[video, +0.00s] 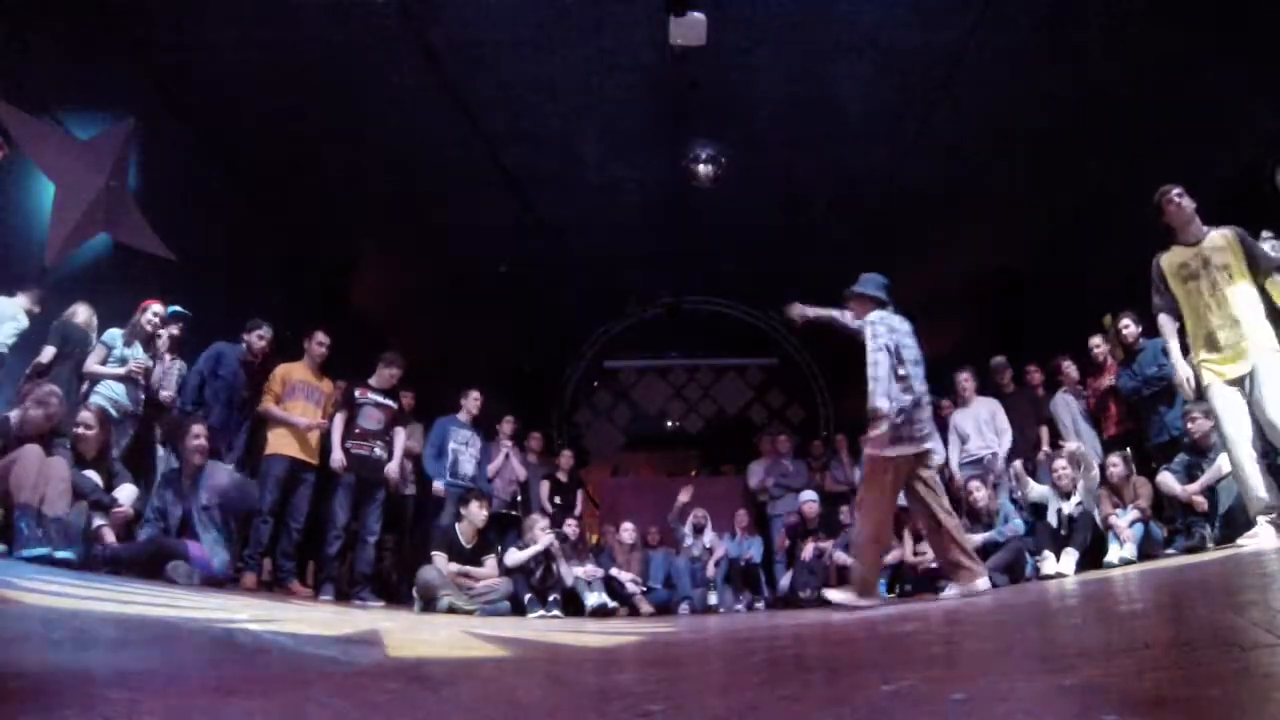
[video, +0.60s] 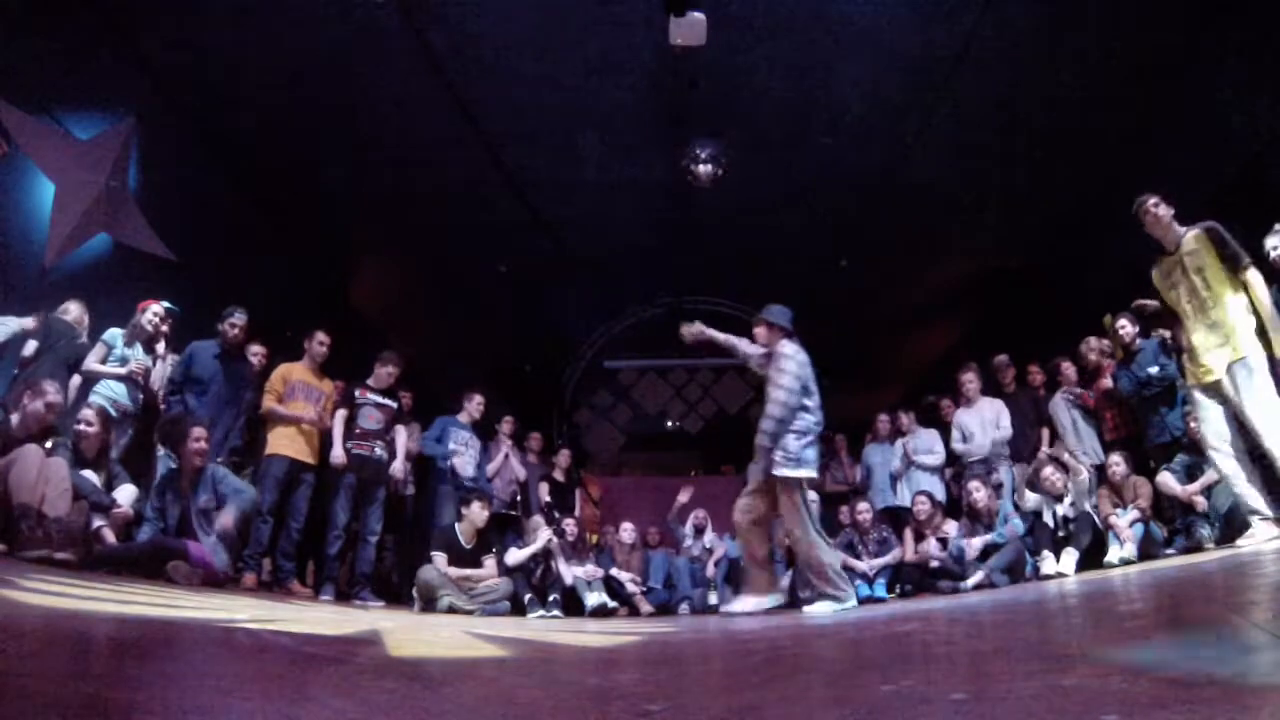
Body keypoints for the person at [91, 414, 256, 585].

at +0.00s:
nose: (203, 444)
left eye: (206, 438)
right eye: (196, 438)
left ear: (210, 444)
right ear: (181, 443)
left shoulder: (223, 477)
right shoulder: (168, 479)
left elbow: (259, 508)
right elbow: (153, 519)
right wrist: (146, 545)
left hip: (215, 554)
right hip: (175, 545)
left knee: (159, 544)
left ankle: (101, 555)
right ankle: (183, 576)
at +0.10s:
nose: (206, 442)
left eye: (209, 437)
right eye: (199, 435)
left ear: (213, 442)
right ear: (183, 441)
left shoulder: (218, 471)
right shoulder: (169, 477)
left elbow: (241, 498)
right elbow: (153, 517)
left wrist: (245, 460)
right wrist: (143, 545)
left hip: (214, 551)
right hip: (176, 545)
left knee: (159, 543)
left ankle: (100, 553)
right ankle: (185, 576)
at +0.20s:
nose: (207, 441)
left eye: (210, 437)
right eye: (200, 434)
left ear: (213, 444)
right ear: (184, 439)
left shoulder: (217, 477)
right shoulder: (169, 479)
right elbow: (154, 518)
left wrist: (242, 478)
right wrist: (141, 545)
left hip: (212, 552)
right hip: (174, 545)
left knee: (160, 544)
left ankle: (97, 554)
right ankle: (183, 576)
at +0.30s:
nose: (203, 444)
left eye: (207, 440)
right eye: (197, 438)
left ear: (211, 446)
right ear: (182, 443)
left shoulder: (215, 473)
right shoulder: (171, 478)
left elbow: (244, 489)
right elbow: (154, 518)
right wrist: (141, 545)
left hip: (210, 551)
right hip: (174, 543)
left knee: (161, 544)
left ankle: (99, 553)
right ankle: (183, 575)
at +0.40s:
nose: (199, 450)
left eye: (203, 444)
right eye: (192, 445)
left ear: (207, 448)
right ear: (179, 450)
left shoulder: (213, 477)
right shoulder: (169, 480)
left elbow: (240, 507)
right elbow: (154, 518)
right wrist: (141, 547)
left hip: (211, 553)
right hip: (178, 547)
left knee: (160, 545)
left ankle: (98, 553)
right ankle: (183, 576)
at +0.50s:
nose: (200, 452)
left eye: (203, 446)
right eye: (192, 447)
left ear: (207, 448)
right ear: (177, 452)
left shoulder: (213, 477)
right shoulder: (168, 481)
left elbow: (242, 507)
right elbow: (153, 520)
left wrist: (223, 547)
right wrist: (142, 549)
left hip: (211, 552)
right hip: (176, 546)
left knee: (159, 544)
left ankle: (93, 556)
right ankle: (186, 576)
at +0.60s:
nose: (203, 447)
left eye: (206, 441)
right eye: (196, 441)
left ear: (209, 446)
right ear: (178, 446)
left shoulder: (216, 474)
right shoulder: (166, 481)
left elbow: (247, 493)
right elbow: (153, 521)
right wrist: (141, 549)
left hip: (213, 553)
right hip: (173, 547)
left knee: (159, 544)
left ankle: (91, 557)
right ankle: (185, 576)